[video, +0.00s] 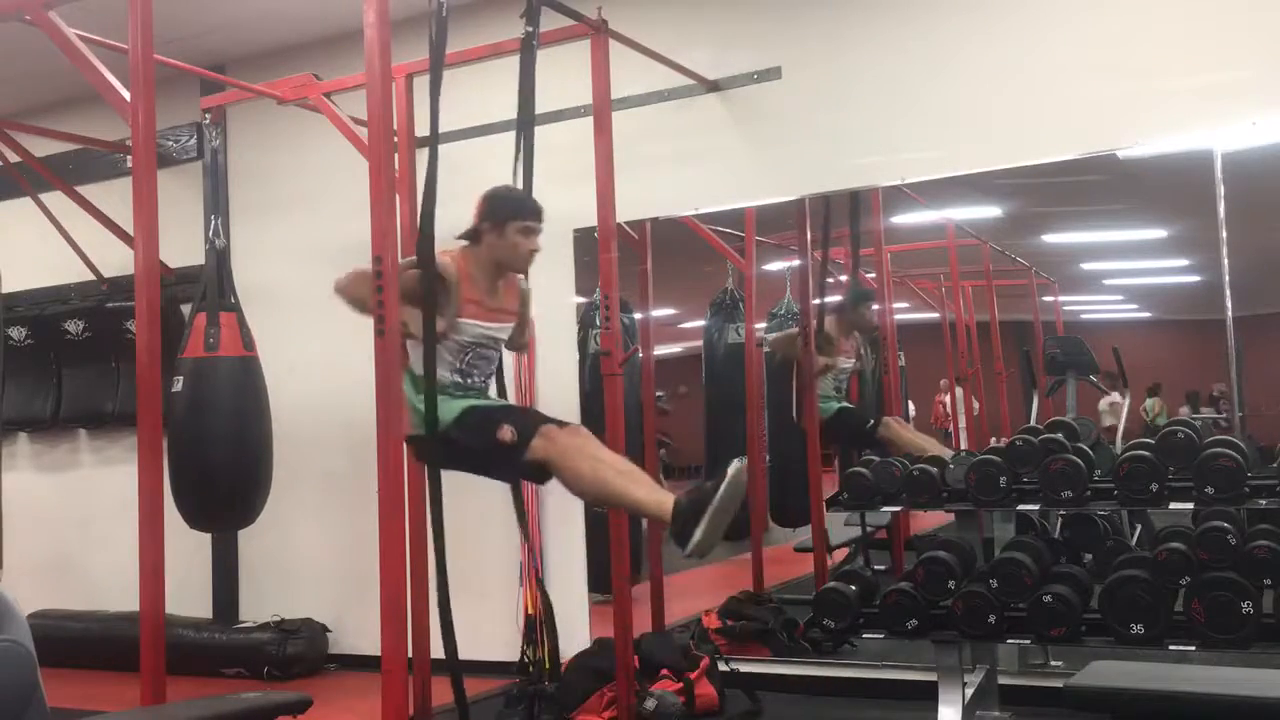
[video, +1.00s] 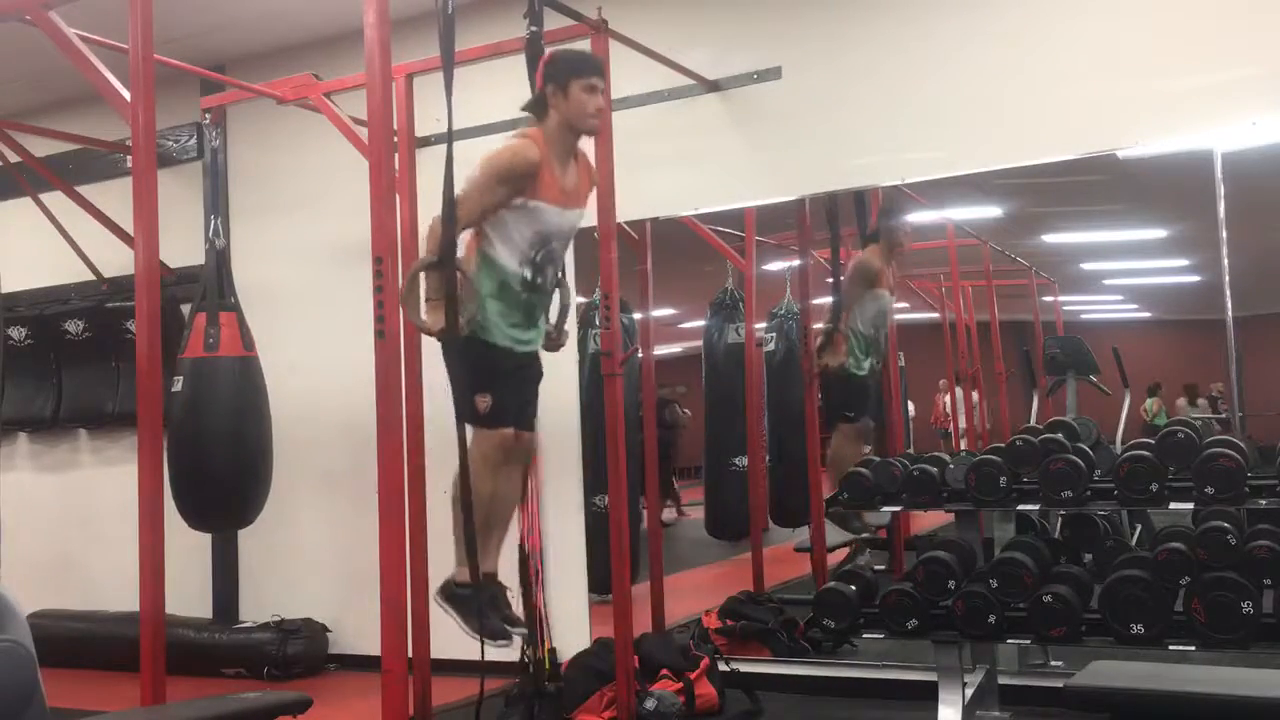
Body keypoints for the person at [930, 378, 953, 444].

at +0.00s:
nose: (943, 388)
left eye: (945, 386)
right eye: (942, 386)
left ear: (948, 386)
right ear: (940, 387)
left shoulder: (950, 396)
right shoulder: (938, 397)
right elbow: (935, 410)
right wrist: (933, 420)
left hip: (949, 423)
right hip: (940, 423)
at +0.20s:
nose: (942, 387)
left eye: (944, 385)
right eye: (941, 385)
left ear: (948, 386)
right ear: (940, 386)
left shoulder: (950, 396)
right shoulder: (938, 396)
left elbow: (953, 408)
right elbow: (935, 409)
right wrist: (933, 419)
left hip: (949, 421)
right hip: (940, 421)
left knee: (951, 439)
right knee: (942, 440)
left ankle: (952, 452)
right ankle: (944, 453)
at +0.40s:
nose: (942, 387)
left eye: (944, 385)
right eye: (941, 385)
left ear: (947, 386)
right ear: (940, 386)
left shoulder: (950, 396)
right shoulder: (938, 396)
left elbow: (953, 408)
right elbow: (935, 409)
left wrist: (953, 420)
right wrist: (933, 419)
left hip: (949, 421)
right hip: (940, 422)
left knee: (951, 439)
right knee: (943, 440)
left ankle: (952, 452)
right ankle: (944, 453)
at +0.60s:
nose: (942, 387)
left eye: (944, 385)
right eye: (941, 385)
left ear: (948, 386)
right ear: (940, 386)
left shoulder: (950, 395)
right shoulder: (938, 396)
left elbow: (953, 408)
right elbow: (935, 409)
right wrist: (933, 419)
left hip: (949, 421)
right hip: (940, 421)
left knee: (951, 439)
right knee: (943, 440)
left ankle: (952, 452)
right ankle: (944, 453)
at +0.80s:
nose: (942, 387)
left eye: (944, 385)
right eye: (941, 385)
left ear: (947, 386)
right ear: (939, 386)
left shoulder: (949, 396)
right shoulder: (938, 396)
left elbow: (952, 408)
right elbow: (935, 409)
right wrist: (933, 419)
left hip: (949, 421)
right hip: (940, 421)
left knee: (950, 438)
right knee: (942, 439)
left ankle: (951, 452)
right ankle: (944, 453)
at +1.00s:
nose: (942, 387)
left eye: (943, 385)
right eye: (941, 385)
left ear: (947, 386)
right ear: (939, 386)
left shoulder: (949, 395)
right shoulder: (938, 396)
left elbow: (952, 408)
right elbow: (935, 408)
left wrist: (952, 420)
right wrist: (933, 419)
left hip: (948, 421)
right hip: (940, 422)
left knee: (950, 439)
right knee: (942, 440)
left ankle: (951, 453)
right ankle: (944, 453)